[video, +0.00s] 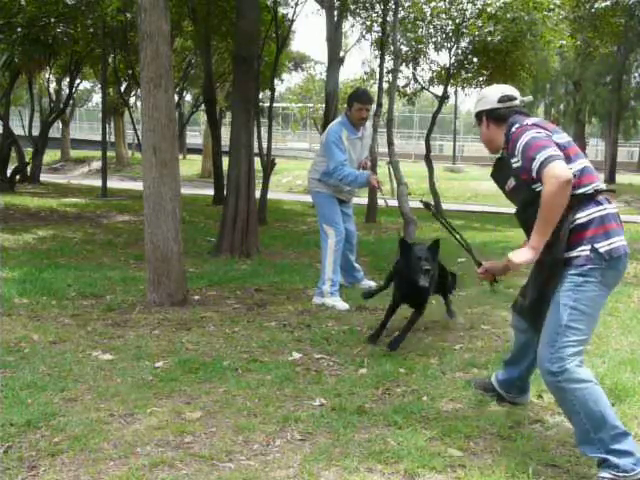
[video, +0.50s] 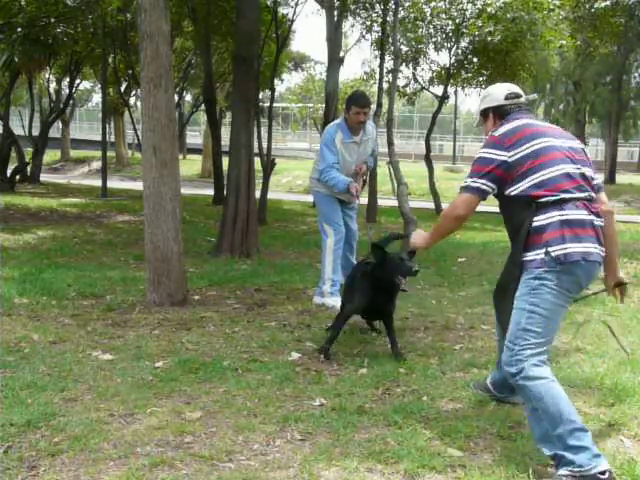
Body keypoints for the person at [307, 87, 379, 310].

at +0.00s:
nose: (364, 115)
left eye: (367, 110)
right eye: (360, 110)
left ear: (370, 110)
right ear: (349, 109)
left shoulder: (363, 130)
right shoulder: (335, 132)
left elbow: (358, 156)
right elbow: (337, 171)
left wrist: (364, 163)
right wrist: (366, 178)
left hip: (344, 189)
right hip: (324, 187)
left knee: (349, 233)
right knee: (335, 233)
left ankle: (352, 276)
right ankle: (327, 292)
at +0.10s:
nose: (364, 116)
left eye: (367, 111)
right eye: (359, 111)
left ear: (371, 110)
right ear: (349, 110)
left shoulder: (366, 130)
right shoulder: (335, 132)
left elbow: (363, 155)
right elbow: (336, 171)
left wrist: (365, 163)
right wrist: (364, 180)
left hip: (345, 190)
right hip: (324, 188)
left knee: (350, 233)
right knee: (335, 233)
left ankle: (351, 275)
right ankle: (327, 292)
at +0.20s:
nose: (364, 116)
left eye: (367, 111)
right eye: (359, 111)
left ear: (371, 111)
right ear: (348, 110)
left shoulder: (369, 130)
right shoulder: (334, 133)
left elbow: (368, 154)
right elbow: (334, 171)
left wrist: (367, 162)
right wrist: (360, 180)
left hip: (346, 190)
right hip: (324, 187)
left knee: (350, 233)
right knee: (334, 233)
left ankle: (350, 274)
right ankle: (327, 292)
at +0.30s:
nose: (364, 116)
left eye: (367, 112)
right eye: (359, 111)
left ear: (371, 111)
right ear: (348, 110)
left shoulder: (369, 129)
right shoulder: (334, 132)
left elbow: (370, 154)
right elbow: (331, 170)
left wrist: (366, 163)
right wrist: (353, 181)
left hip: (346, 191)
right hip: (324, 188)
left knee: (350, 233)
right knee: (334, 233)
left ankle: (350, 275)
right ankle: (327, 292)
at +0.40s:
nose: (362, 117)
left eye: (366, 112)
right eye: (358, 112)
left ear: (370, 112)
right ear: (347, 111)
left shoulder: (370, 130)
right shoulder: (333, 132)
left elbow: (372, 155)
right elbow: (328, 169)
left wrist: (366, 164)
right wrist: (350, 180)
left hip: (348, 192)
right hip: (325, 189)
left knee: (350, 234)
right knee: (334, 232)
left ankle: (349, 283)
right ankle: (328, 291)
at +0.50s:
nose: (362, 118)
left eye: (365, 114)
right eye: (357, 114)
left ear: (369, 113)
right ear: (346, 112)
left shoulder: (370, 130)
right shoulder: (332, 133)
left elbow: (372, 156)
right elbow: (327, 171)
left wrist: (366, 166)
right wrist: (347, 184)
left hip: (349, 191)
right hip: (326, 189)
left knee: (351, 234)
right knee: (336, 233)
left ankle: (348, 286)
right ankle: (328, 292)